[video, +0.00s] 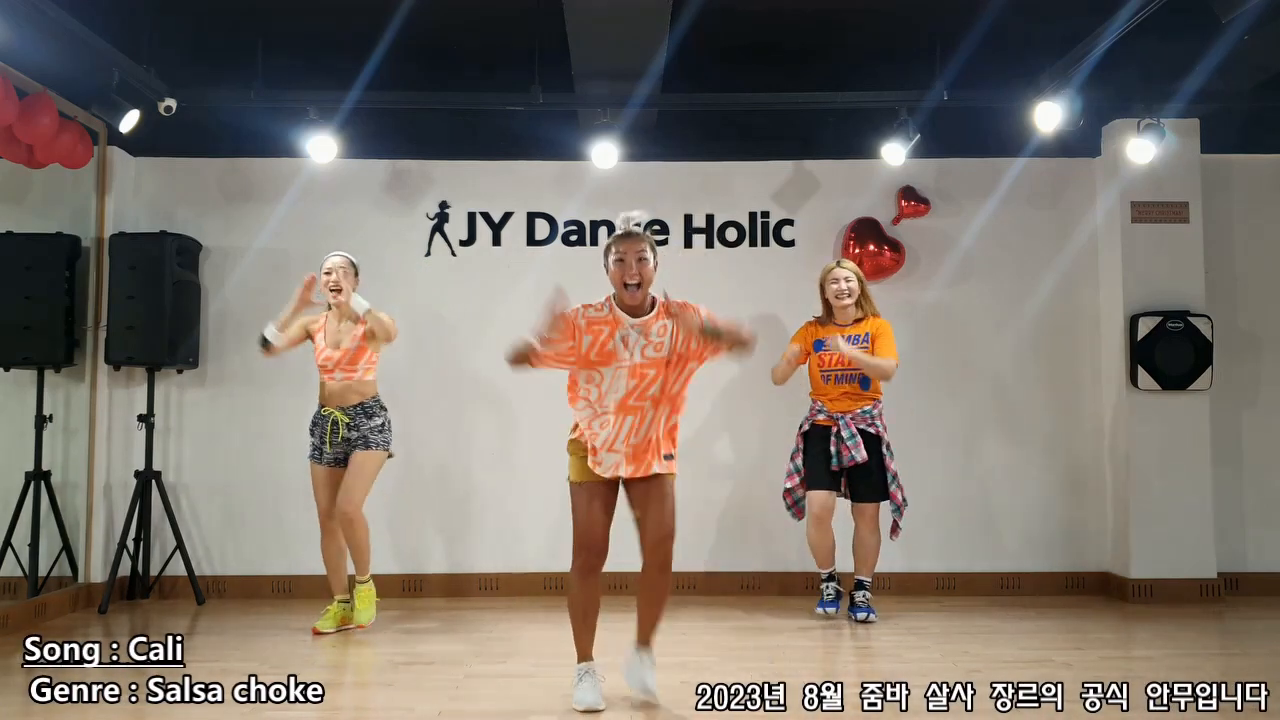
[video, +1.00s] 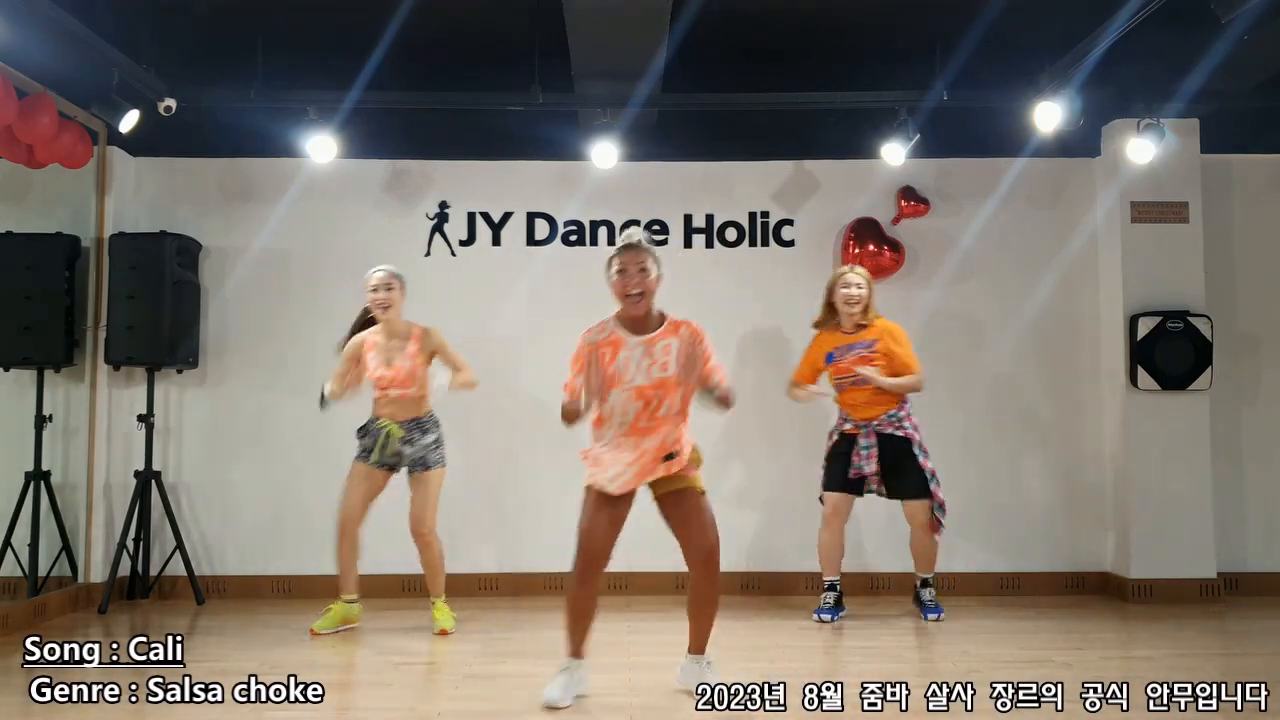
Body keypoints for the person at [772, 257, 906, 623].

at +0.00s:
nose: (842, 285)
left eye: (848, 279)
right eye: (834, 281)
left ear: (859, 288)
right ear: (824, 292)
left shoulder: (876, 326)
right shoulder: (810, 331)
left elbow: (887, 371)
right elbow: (778, 378)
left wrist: (849, 353)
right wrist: (790, 361)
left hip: (865, 428)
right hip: (822, 428)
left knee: (866, 515)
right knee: (818, 510)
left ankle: (861, 592)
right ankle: (828, 584)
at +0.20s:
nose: (829, 288)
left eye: (835, 282)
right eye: (820, 284)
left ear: (848, 288)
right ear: (811, 294)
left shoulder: (863, 317)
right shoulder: (803, 329)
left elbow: (872, 342)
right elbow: (758, 360)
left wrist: (827, 323)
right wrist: (755, 339)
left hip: (865, 427)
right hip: (823, 429)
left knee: (867, 514)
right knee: (821, 514)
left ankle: (861, 593)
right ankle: (829, 592)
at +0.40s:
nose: (812, 294)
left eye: (818, 288)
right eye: (804, 290)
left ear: (828, 298)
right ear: (793, 301)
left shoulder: (844, 331)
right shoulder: (787, 347)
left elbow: (862, 374)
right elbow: (768, 391)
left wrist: (813, 381)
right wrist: (765, 383)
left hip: (865, 426)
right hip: (823, 432)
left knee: (895, 507)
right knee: (818, 512)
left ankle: (885, 580)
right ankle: (829, 592)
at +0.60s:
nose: (808, 301)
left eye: (814, 297)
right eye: (802, 296)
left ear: (823, 304)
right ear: (790, 304)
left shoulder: (833, 330)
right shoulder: (785, 339)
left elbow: (802, 302)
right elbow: (743, 328)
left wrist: (762, 279)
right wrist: (725, 288)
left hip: (868, 429)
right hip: (826, 437)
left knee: (917, 504)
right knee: (811, 514)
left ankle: (966, 571)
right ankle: (829, 595)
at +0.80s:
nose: (820, 298)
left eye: (827, 293)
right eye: (812, 293)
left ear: (837, 301)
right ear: (800, 304)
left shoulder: (850, 325)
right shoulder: (796, 339)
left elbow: (849, 339)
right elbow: (749, 340)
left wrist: (801, 310)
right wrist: (736, 304)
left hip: (876, 427)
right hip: (836, 434)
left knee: (916, 509)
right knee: (818, 511)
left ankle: (955, 568)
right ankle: (829, 594)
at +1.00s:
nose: (853, 291)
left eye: (859, 286)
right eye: (846, 286)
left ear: (869, 294)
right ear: (833, 294)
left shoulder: (887, 332)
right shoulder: (824, 341)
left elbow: (916, 381)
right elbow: (795, 389)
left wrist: (881, 381)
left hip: (894, 431)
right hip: (850, 433)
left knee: (921, 513)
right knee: (833, 510)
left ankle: (925, 589)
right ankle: (831, 592)